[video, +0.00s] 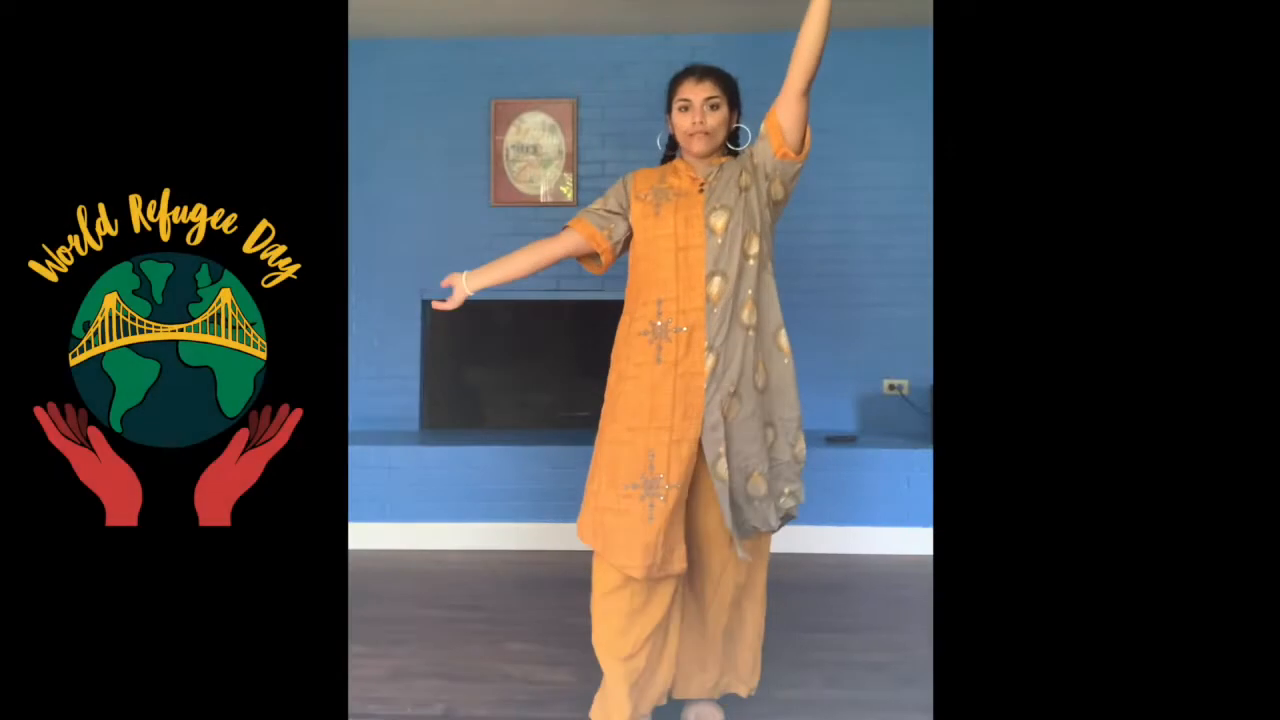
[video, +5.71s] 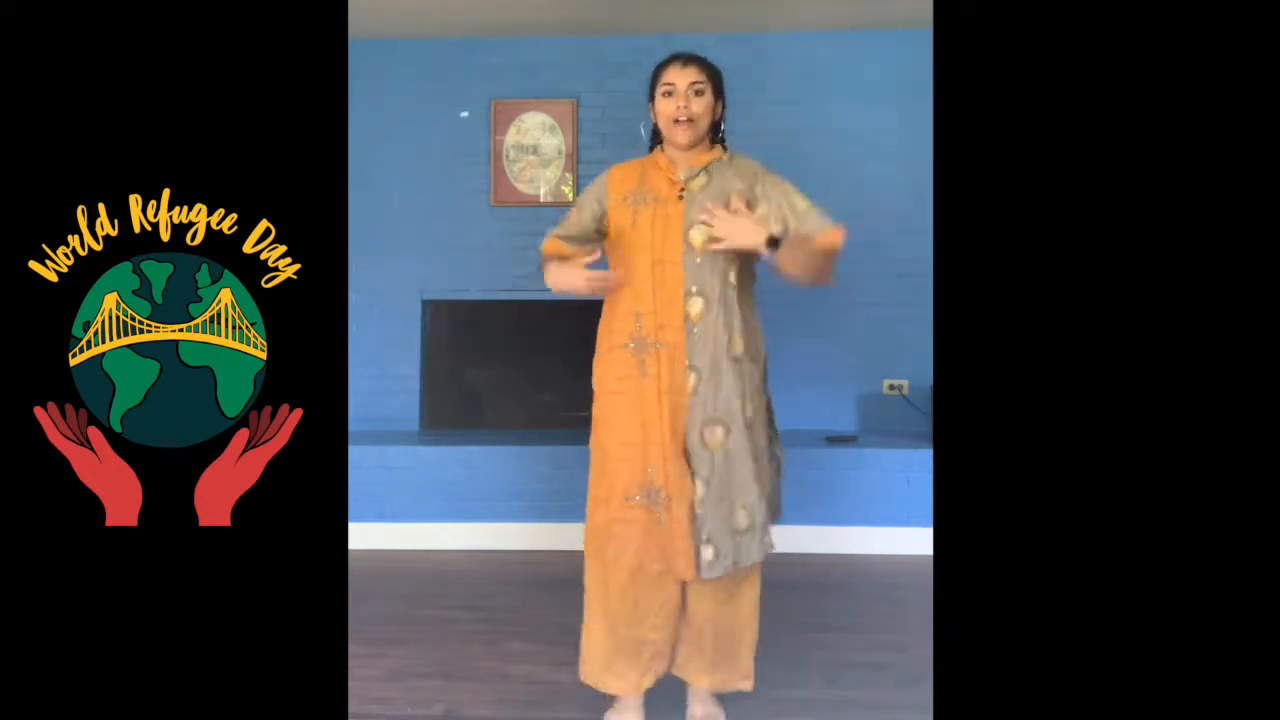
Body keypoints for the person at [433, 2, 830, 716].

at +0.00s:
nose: (697, 116)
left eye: (710, 105)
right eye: (685, 106)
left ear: (732, 118)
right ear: (669, 119)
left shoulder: (754, 180)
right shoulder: (641, 188)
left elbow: (797, 83)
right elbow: (566, 242)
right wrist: (472, 280)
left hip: (732, 384)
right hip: (650, 386)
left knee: (722, 545)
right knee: (636, 543)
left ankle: (703, 691)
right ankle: (624, 698)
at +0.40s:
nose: (697, 131)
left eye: (710, 120)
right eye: (684, 121)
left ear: (731, 132)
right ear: (668, 133)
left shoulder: (753, 190)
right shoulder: (638, 199)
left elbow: (794, 96)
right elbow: (565, 260)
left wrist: (806, 6)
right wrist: (577, 344)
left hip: (740, 399)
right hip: (653, 399)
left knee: (733, 553)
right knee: (635, 551)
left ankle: (713, 706)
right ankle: (633, 706)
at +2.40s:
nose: (688, 122)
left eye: (702, 112)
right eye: (675, 113)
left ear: (721, 123)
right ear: (659, 124)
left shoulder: (743, 185)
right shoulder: (631, 193)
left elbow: (795, 100)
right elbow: (558, 258)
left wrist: (825, 9)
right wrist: (578, 338)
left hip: (726, 388)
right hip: (645, 387)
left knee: (715, 539)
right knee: (640, 534)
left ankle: (701, 689)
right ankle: (611, 694)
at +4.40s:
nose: (692, 122)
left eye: (706, 109)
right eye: (679, 111)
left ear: (726, 120)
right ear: (664, 124)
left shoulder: (751, 183)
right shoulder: (636, 193)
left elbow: (799, 97)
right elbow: (567, 261)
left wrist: (825, 3)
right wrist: (586, 343)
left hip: (735, 394)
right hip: (650, 394)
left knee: (727, 555)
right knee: (636, 555)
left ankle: (703, 702)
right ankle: (612, 707)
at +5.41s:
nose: (681, 107)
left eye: (695, 95)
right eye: (667, 96)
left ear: (716, 108)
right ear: (651, 112)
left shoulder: (744, 166)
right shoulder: (625, 187)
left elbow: (809, 115)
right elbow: (563, 254)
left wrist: (822, 72)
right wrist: (544, 235)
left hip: (724, 387)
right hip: (640, 388)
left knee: (718, 551)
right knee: (633, 548)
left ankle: (713, 703)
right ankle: (629, 700)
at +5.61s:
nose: (679, 101)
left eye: (693, 90)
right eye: (666, 91)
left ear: (714, 106)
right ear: (649, 107)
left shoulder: (744, 167)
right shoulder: (618, 181)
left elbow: (847, 176)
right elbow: (555, 226)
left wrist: (784, 191)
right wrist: (538, 241)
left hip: (720, 383)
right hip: (634, 386)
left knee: (719, 536)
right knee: (630, 536)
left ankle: (704, 697)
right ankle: (627, 699)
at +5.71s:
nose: (682, 103)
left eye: (696, 92)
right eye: (669, 93)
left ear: (718, 106)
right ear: (652, 108)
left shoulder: (747, 180)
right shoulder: (617, 184)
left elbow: (823, 257)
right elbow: (554, 255)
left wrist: (769, 241)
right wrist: (575, 274)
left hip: (719, 381)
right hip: (633, 382)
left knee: (717, 526)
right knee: (633, 528)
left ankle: (703, 690)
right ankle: (628, 692)